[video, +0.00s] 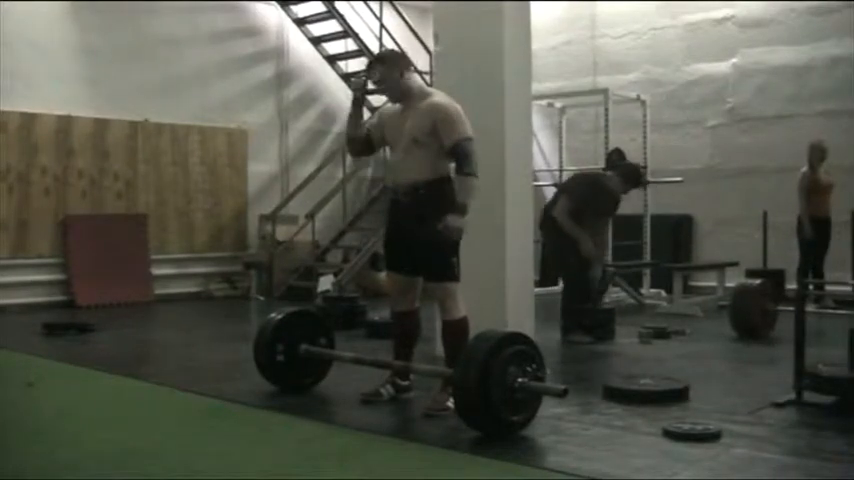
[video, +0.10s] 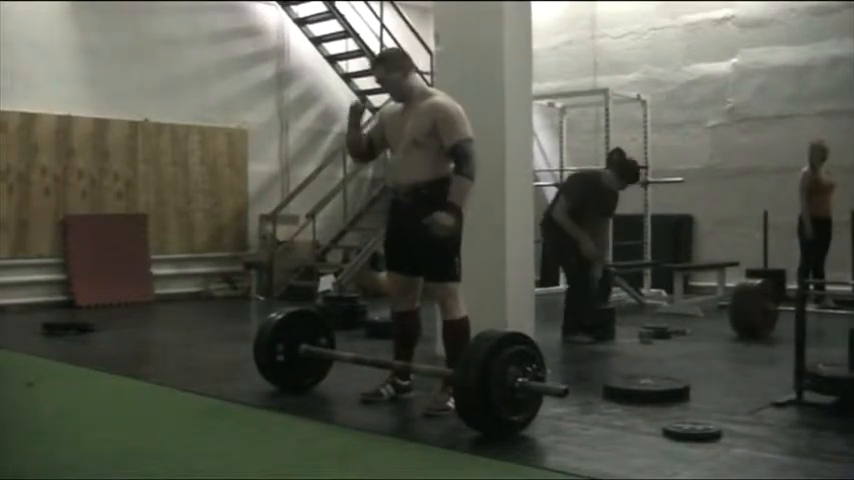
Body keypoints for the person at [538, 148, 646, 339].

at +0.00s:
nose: (624, 192)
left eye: (628, 189)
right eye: (625, 187)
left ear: (626, 184)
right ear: (619, 177)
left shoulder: (611, 197)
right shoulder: (585, 182)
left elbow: (602, 231)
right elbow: (558, 212)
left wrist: (602, 261)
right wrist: (583, 239)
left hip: (582, 232)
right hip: (558, 228)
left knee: (586, 276)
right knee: (574, 277)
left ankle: (584, 326)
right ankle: (571, 329)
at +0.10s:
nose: (622, 188)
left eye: (626, 185)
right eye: (622, 183)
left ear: (625, 181)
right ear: (616, 174)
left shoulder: (610, 195)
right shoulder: (582, 181)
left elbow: (602, 229)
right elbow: (557, 213)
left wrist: (603, 259)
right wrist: (583, 240)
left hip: (583, 234)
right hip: (559, 230)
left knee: (588, 277)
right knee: (578, 277)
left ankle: (586, 326)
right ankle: (572, 330)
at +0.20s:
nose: (620, 185)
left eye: (624, 181)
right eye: (620, 179)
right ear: (612, 171)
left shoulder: (607, 194)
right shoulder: (580, 180)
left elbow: (601, 228)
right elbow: (557, 213)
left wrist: (602, 258)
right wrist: (583, 239)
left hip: (582, 235)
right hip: (559, 232)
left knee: (588, 277)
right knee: (579, 278)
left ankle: (587, 327)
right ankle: (572, 331)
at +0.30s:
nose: (619, 184)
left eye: (623, 180)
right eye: (619, 178)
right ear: (610, 169)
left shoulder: (607, 192)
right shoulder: (579, 178)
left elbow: (600, 225)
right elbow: (555, 211)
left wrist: (602, 254)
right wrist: (582, 237)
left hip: (585, 237)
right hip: (561, 233)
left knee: (600, 278)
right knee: (580, 278)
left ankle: (592, 327)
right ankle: (573, 330)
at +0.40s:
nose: (620, 183)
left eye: (624, 179)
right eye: (620, 177)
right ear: (611, 168)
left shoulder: (606, 192)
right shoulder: (579, 177)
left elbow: (600, 226)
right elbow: (555, 210)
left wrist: (602, 256)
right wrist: (581, 237)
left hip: (585, 237)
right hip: (560, 233)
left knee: (600, 278)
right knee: (581, 278)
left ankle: (592, 327)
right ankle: (573, 330)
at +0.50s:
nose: (622, 182)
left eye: (625, 178)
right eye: (622, 176)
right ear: (612, 168)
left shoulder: (606, 191)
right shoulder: (579, 176)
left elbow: (600, 226)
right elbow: (554, 210)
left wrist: (601, 257)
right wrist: (578, 234)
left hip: (584, 237)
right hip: (560, 233)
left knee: (598, 277)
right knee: (581, 277)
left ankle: (591, 326)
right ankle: (573, 330)